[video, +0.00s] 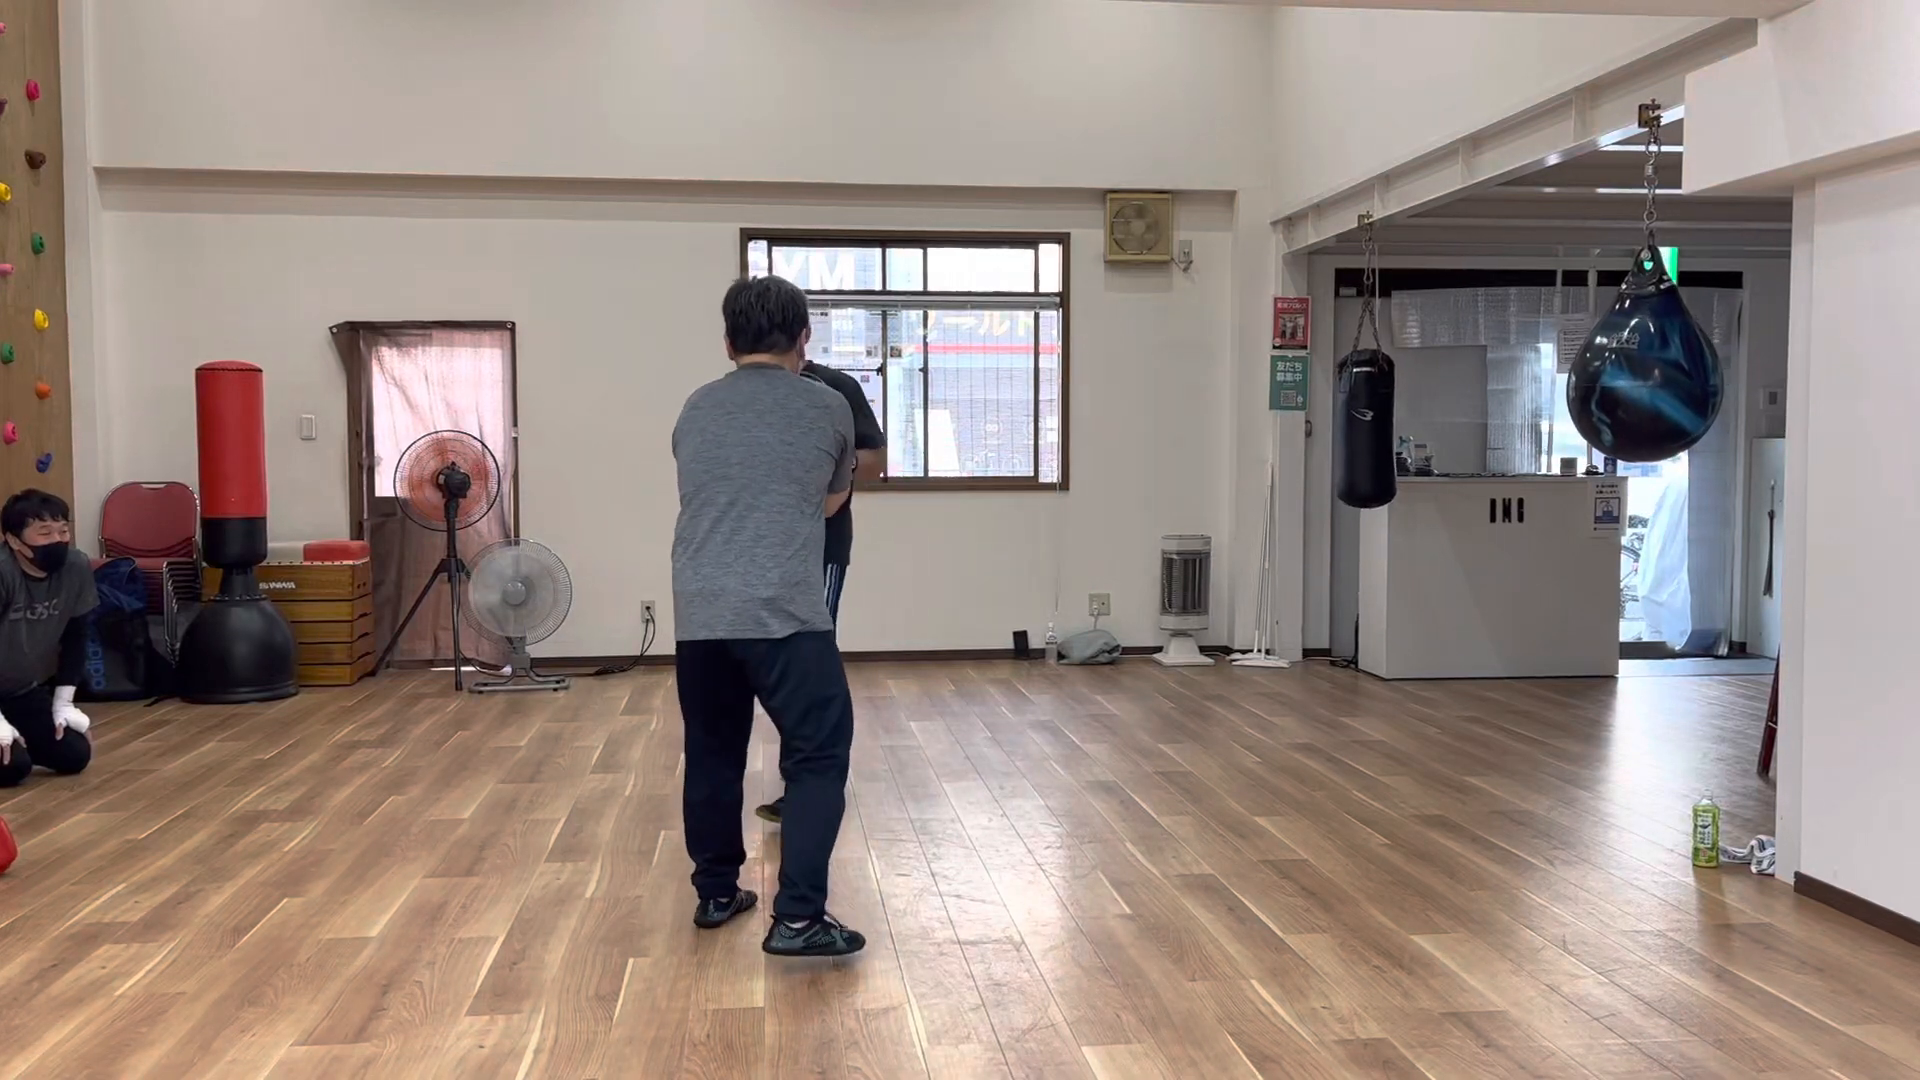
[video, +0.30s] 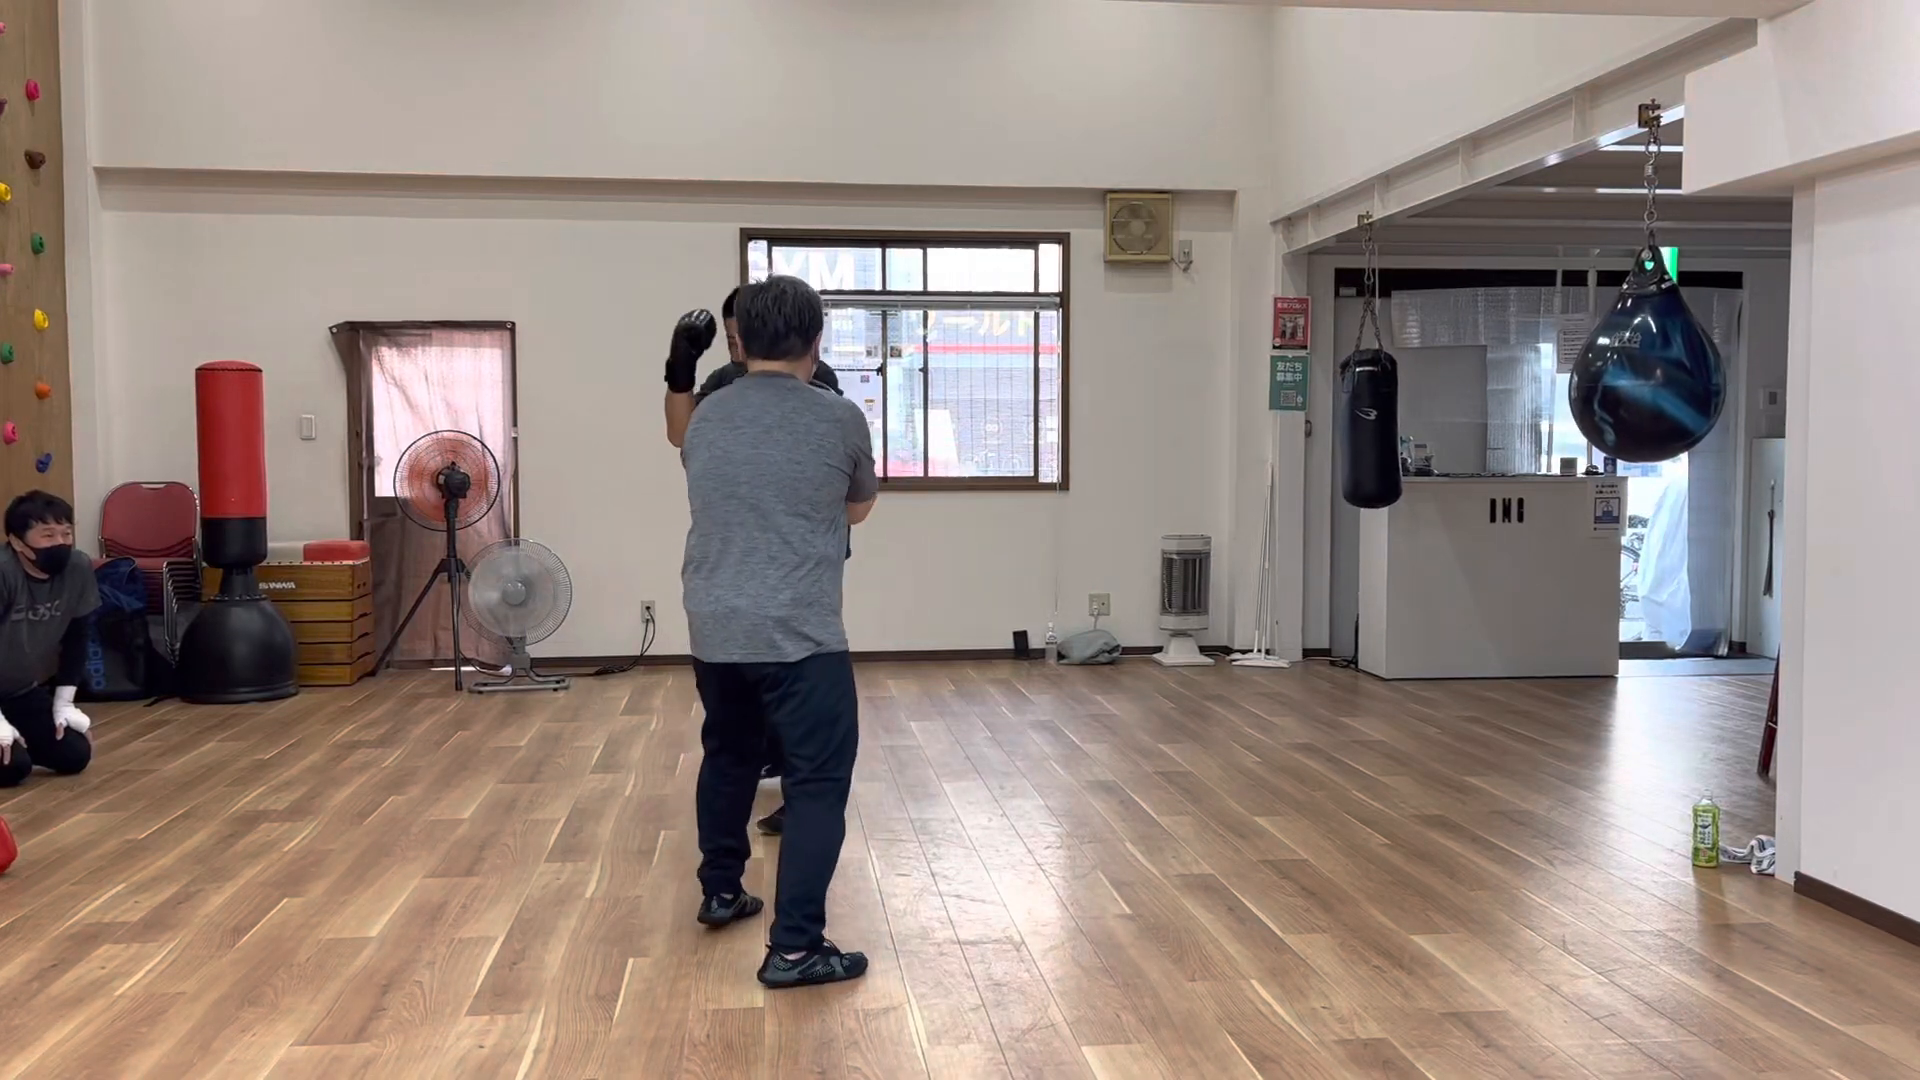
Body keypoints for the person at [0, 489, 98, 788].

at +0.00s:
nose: (58, 541)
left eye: (63, 531)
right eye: (45, 533)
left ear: (70, 531)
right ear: (13, 540)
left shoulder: (75, 567)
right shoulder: (4, 574)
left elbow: (76, 638)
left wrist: (63, 701)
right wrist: (2, 721)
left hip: (27, 690)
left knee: (74, 756)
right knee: (14, 766)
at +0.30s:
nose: (60, 543)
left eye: (66, 534)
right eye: (47, 536)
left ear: (72, 534)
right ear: (16, 542)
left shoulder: (77, 568)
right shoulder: (5, 573)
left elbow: (77, 639)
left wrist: (64, 701)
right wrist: (2, 720)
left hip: (25, 690)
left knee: (74, 756)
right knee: (14, 766)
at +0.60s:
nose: (62, 547)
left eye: (68, 537)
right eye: (50, 539)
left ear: (74, 536)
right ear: (19, 544)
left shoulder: (78, 569)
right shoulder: (5, 572)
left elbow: (77, 639)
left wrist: (64, 701)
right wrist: (2, 720)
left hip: (26, 690)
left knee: (74, 756)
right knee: (14, 766)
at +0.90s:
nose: (63, 549)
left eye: (68, 540)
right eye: (50, 541)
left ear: (75, 537)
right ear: (19, 543)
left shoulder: (79, 569)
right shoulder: (6, 572)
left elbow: (77, 639)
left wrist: (64, 701)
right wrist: (2, 720)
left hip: (27, 690)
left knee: (74, 756)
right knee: (14, 766)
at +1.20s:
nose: (62, 547)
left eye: (68, 538)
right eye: (49, 539)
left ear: (74, 537)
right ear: (18, 543)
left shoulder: (78, 570)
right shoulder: (5, 573)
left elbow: (77, 639)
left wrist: (64, 701)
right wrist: (2, 720)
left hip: (26, 690)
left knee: (74, 756)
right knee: (14, 766)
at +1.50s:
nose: (62, 550)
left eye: (68, 540)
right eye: (50, 542)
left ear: (75, 538)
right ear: (19, 544)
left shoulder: (78, 570)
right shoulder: (5, 573)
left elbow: (77, 640)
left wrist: (63, 701)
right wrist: (2, 722)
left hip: (26, 690)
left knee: (74, 756)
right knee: (14, 766)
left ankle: (13, 742)